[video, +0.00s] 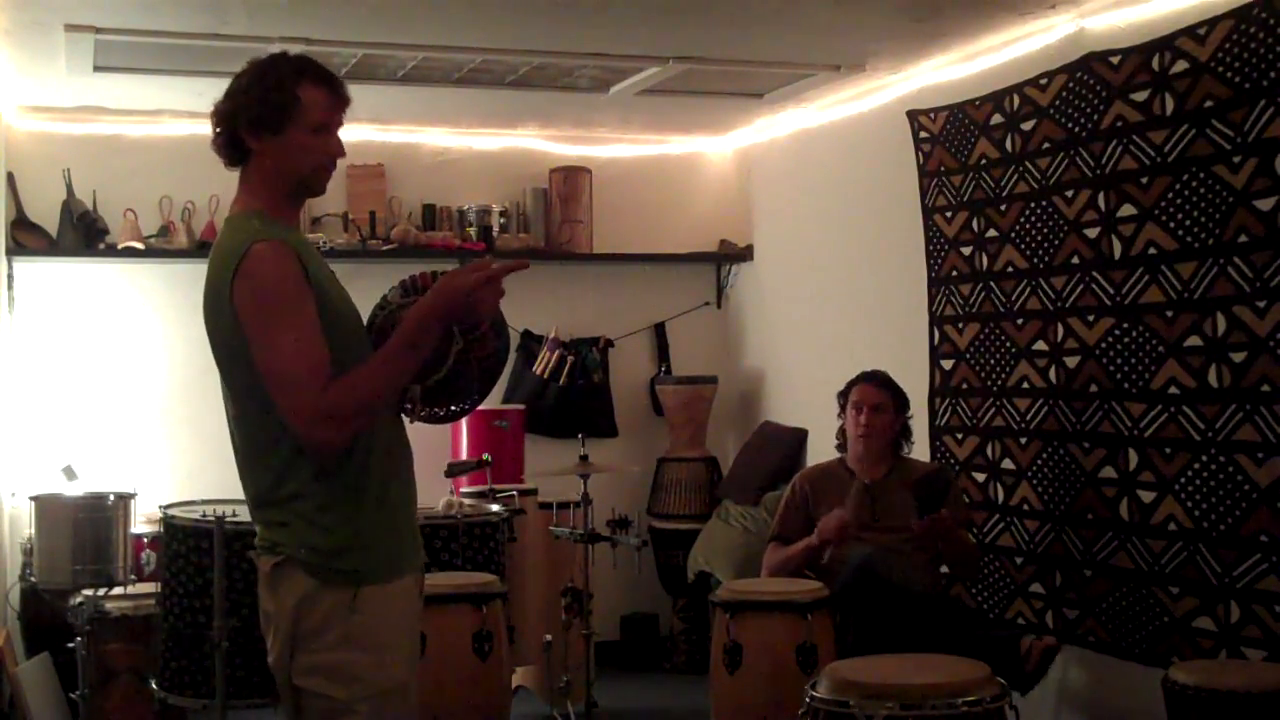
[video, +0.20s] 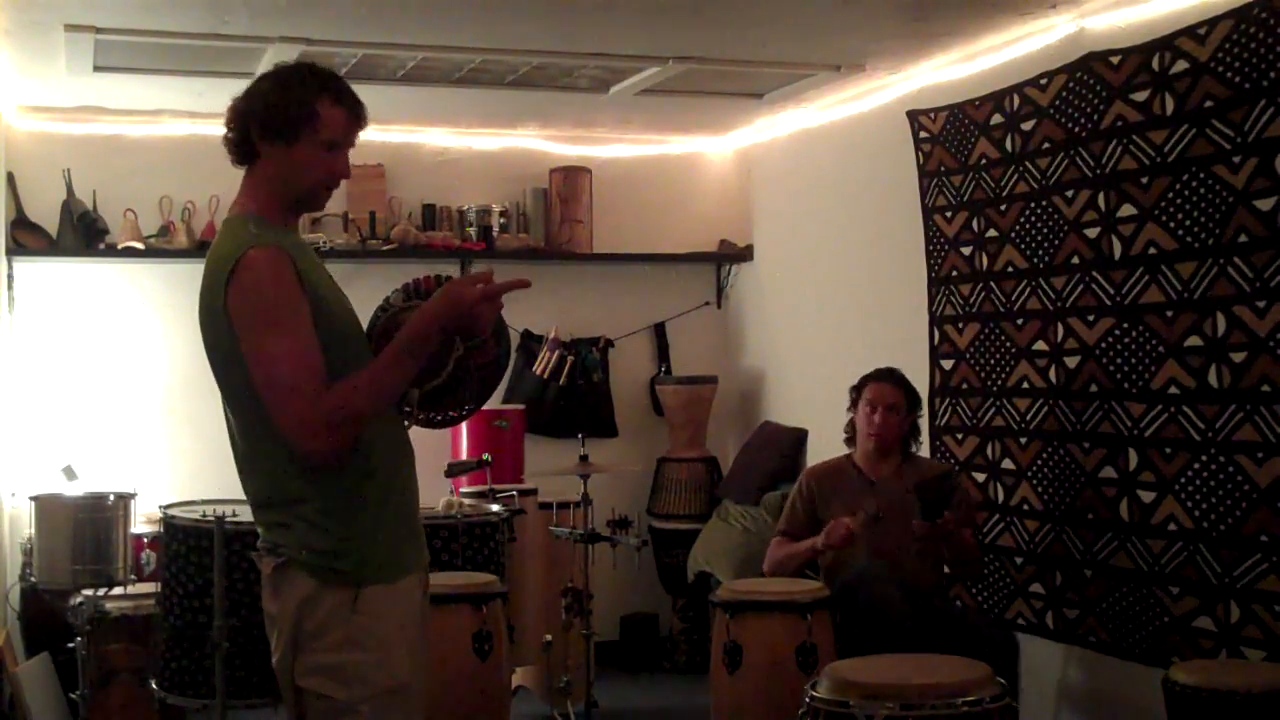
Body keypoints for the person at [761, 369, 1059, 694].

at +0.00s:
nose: (865, 419)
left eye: (877, 410)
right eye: (856, 408)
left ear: (898, 422)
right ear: (843, 417)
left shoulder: (930, 480)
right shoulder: (810, 483)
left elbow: (971, 568)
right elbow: (770, 570)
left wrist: (946, 538)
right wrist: (815, 540)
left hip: (922, 604)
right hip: (839, 610)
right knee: (868, 566)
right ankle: (1008, 650)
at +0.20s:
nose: (878, 420)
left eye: (891, 411)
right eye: (870, 408)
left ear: (908, 423)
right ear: (854, 413)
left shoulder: (936, 478)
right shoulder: (817, 481)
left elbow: (972, 567)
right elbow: (772, 564)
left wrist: (950, 537)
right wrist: (819, 542)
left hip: (926, 613)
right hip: (849, 617)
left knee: (997, 645)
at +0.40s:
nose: (904, 412)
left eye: (915, 403)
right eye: (893, 399)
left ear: (923, 414)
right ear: (868, 405)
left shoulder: (949, 475)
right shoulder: (828, 472)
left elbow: (981, 568)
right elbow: (781, 558)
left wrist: (956, 535)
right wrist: (829, 530)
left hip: (933, 616)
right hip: (852, 617)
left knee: (1013, 644)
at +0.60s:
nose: (919, 408)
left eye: (930, 400)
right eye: (908, 396)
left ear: (940, 411)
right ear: (881, 404)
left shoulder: (961, 479)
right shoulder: (838, 472)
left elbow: (986, 572)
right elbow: (790, 558)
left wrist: (969, 546)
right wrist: (836, 546)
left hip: (935, 614)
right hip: (856, 616)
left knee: (1022, 647)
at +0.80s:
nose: (931, 414)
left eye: (942, 404)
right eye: (918, 401)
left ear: (952, 416)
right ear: (889, 409)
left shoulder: (973, 482)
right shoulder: (848, 477)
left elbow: (1000, 568)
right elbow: (803, 565)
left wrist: (977, 570)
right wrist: (849, 554)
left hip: (943, 615)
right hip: (866, 616)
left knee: (1021, 648)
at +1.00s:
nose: (941, 425)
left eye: (952, 415)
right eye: (930, 413)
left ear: (962, 426)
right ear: (903, 421)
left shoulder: (985, 492)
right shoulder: (861, 481)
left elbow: (1002, 583)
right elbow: (811, 566)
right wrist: (858, 577)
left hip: (953, 622)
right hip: (873, 622)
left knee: (1019, 646)